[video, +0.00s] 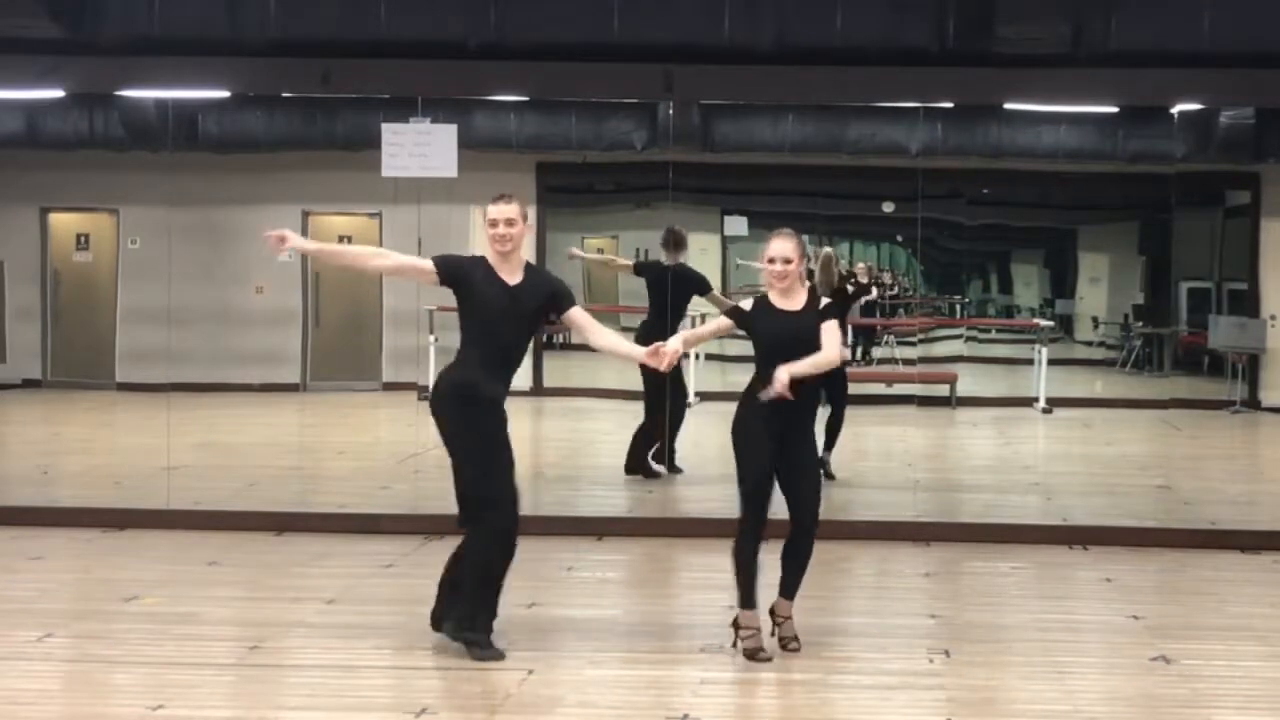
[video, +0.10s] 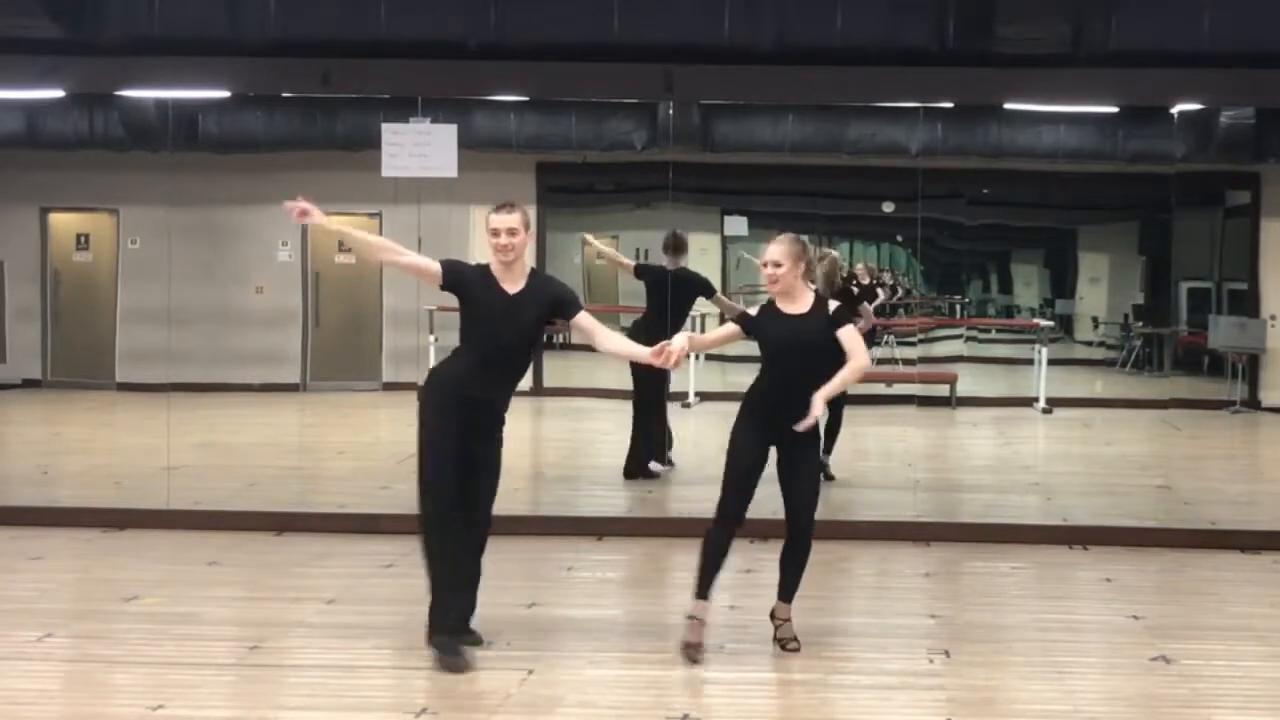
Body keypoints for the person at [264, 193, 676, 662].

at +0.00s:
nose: (502, 231)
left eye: (510, 223)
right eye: (494, 223)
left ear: (526, 229)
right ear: (484, 229)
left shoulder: (545, 286)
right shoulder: (465, 270)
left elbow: (594, 332)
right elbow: (381, 261)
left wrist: (643, 354)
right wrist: (305, 245)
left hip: (486, 404)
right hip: (460, 400)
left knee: (494, 518)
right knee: (498, 518)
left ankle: (451, 610)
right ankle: (471, 626)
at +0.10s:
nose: (505, 241)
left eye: (513, 232)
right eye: (496, 233)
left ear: (529, 237)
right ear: (487, 237)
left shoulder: (549, 292)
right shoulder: (468, 278)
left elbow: (601, 335)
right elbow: (396, 254)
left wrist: (650, 354)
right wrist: (327, 223)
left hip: (489, 413)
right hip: (445, 403)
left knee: (476, 518)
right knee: (443, 514)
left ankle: (457, 621)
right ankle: (443, 629)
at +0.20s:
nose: (502, 248)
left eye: (510, 240)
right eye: (494, 242)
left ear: (527, 244)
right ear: (486, 247)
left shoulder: (550, 301)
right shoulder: (470, 285)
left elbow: (605, 342)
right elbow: (397, 252)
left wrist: (657, 356)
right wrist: (339, 216)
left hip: (487, 426)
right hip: (439, 411)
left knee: (478, 528)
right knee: (403, 508)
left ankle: (449, 622)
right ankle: (370, 623)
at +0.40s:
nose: (495, 252)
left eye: (504, 244)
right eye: (487, 245)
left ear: (521, 248)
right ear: (479, 250)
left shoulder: (543, 304)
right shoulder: (465, 289)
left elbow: (602, 340)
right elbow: (407, 258)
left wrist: (657, 354)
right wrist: (384, 223)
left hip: (498, 437)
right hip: (446, 427)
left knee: (488, 532)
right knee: (406, 514)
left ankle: (450, 620)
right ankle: (352, 586)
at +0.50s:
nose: (497, 246)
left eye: (506, 239)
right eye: (490, 239)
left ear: (521, 245)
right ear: (480, 245)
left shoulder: (539, 303)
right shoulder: (462, 292)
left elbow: (594, 342)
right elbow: (386, 287)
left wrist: (638, 358)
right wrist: (387, 227)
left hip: (500, 426)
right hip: (456, 421)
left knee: (471, 519)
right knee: (438, 520)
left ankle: (461, 619)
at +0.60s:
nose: (497, 243)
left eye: (506, 235)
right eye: (490, 236)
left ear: (522, 242)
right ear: (481, 242)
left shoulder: (538, 302)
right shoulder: (462, 291)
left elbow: (588, 348)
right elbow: (426, 319)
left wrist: (620, 363)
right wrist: (395, 262)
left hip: (499, 421)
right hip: (476, 419)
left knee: (432, 516)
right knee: (502, 520)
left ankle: (490, 603)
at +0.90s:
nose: (494, 225)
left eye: (503, 218)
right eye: (487, 218)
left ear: (519, 228)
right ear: (477, 227)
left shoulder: (530, 292)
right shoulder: (452, 279)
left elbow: (571, 343)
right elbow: (385, 304)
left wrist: (607, 365)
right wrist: (357, 320)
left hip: (509, 415)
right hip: (463, 413)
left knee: (495, 520)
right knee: (451, 520)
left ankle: (498, 620)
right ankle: (499, 576)